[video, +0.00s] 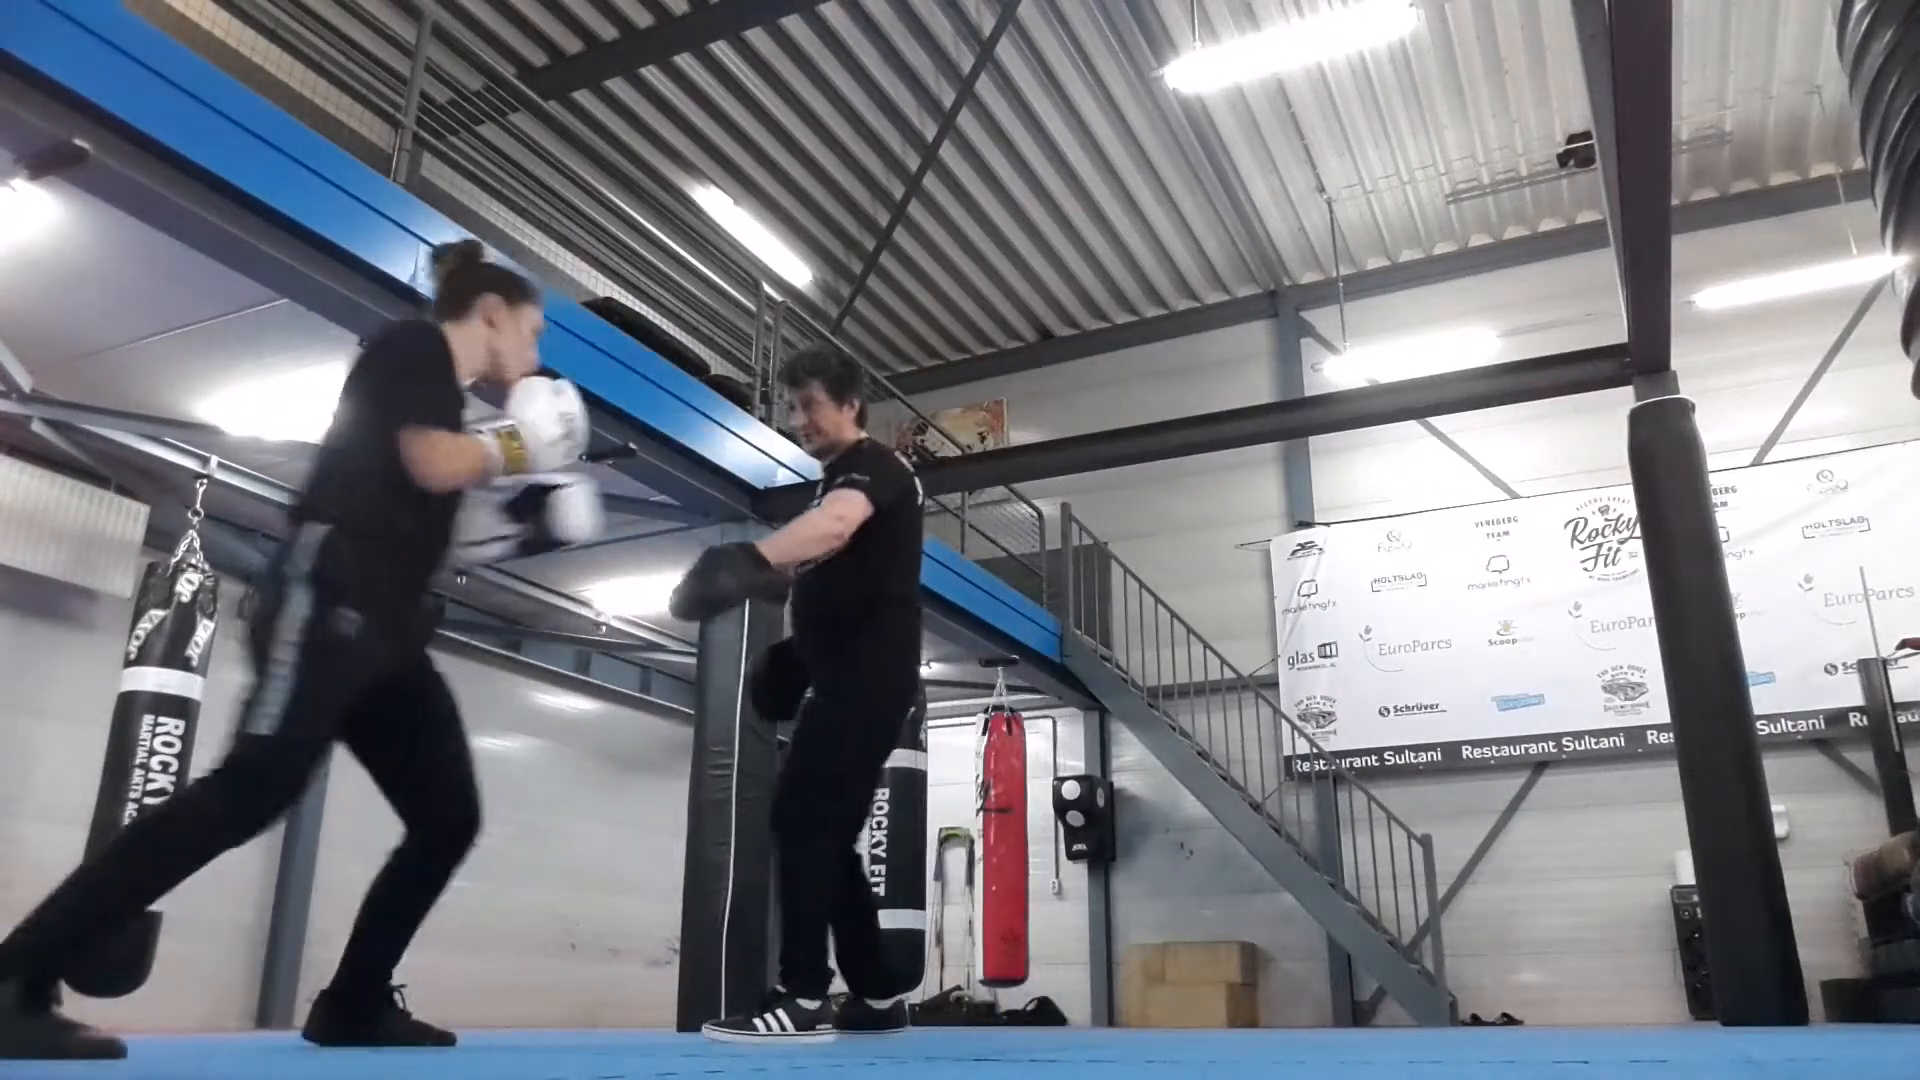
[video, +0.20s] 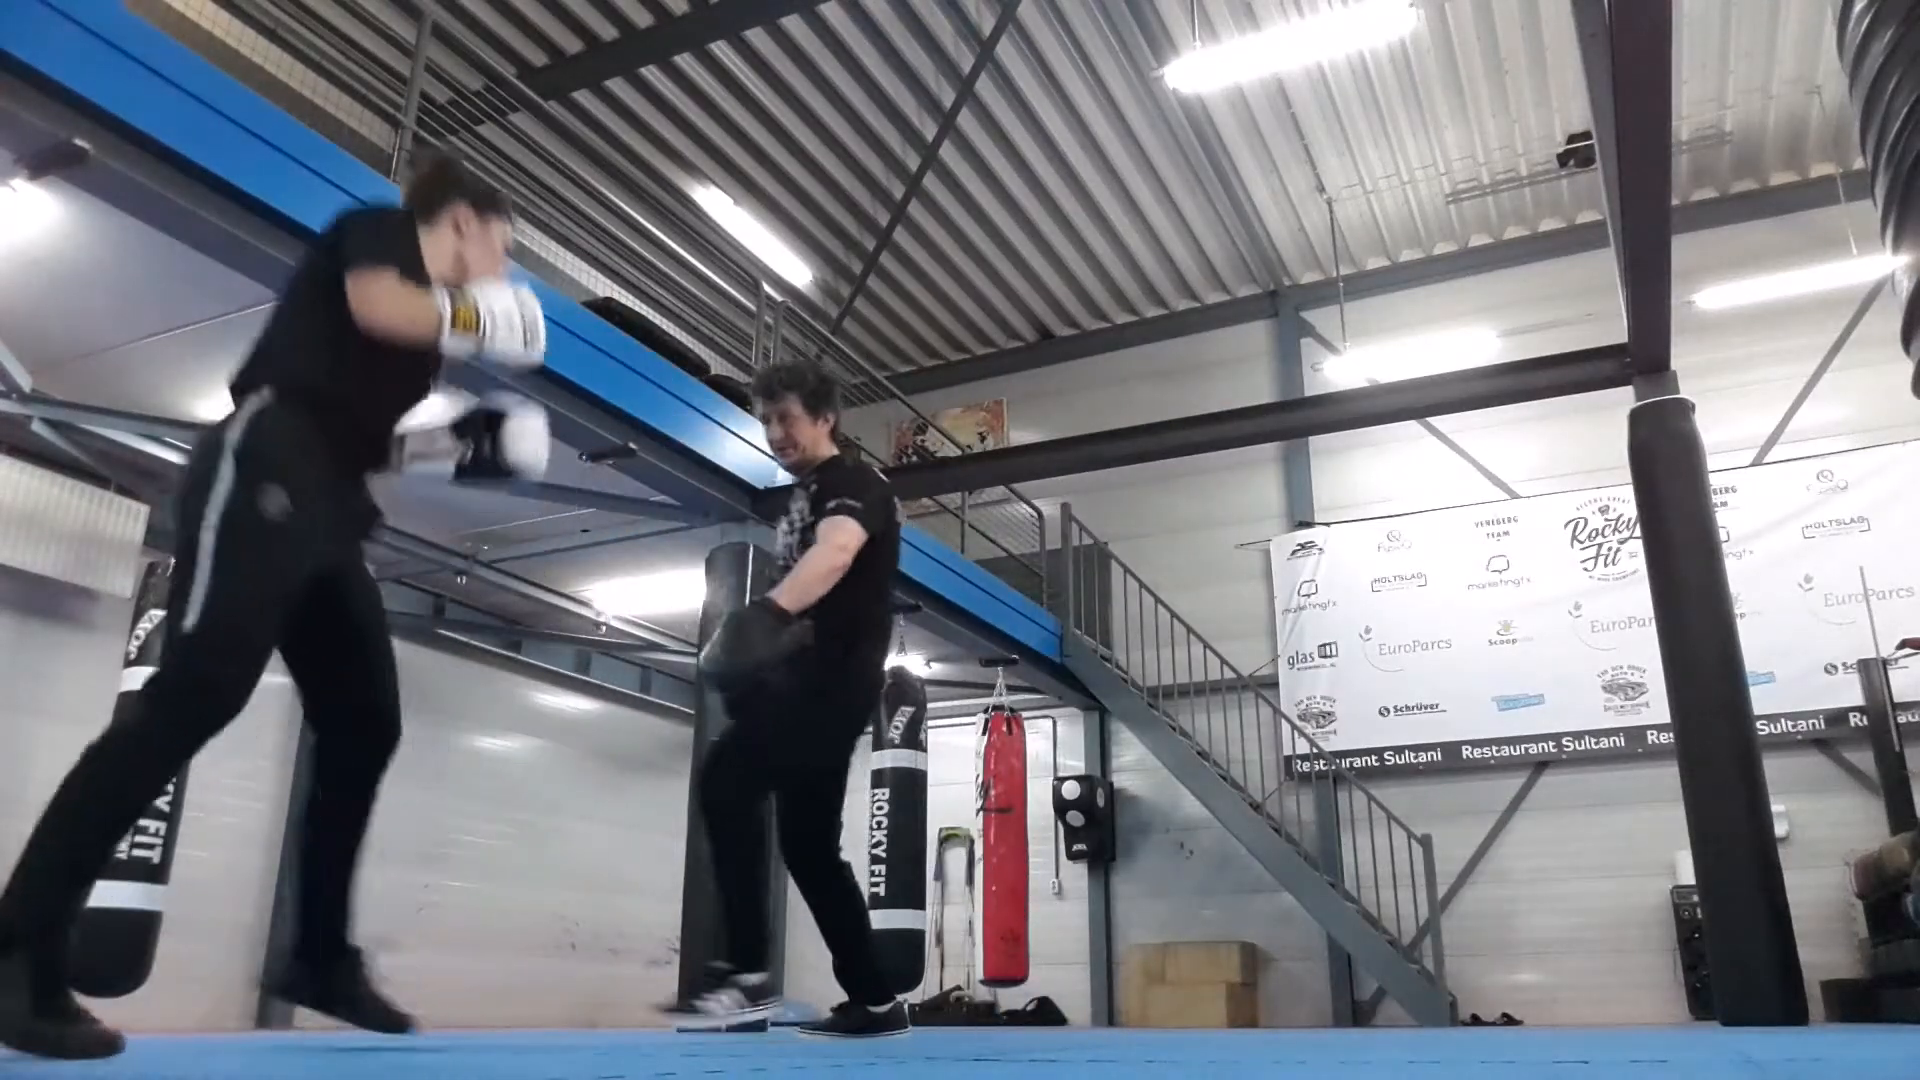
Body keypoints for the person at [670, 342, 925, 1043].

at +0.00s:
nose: (799, 424)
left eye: (809, 408)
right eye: (795, 413)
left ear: (852, 406)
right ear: (813, 415)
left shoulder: (875, 463)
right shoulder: (851, 482)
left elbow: (835, 527)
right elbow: (853, 591)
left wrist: (742, 561)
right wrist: (800, 659)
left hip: (866, 683)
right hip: (856, 684)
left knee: (801, 816)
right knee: (824, 830)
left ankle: (804, 994)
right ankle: (879, 990)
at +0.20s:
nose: (776, 435)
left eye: (786, 420)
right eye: (769, 424)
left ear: (824, 418)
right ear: (767, 429)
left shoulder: (850, 478)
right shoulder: (807, 497)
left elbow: (837, 551)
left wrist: (764, 614)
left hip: (829, 680)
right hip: (818, 683)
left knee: (726, 779)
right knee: (809, 843)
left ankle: (748, 973)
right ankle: (874, 997)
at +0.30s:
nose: (756, 419)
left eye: (767, 404)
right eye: (748, 409)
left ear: (804, 404)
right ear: (745, 415)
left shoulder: (828, 467)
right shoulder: (785, 486)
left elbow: (811, 540)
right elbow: (784, 581)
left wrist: (734, 601)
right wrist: (721, 640)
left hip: (809, 673)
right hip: (798, 674)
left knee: (715, 794)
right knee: (812, 836)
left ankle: (673, 972)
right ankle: (876, 993)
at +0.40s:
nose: (732, 412)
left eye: (745, 397)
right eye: (726, 400)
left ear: (787, 401)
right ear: (726, 406)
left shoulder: (803, 469)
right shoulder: (762, 483)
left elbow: (765, 535)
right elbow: (765, 599)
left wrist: (679, 572)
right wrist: (701, 651)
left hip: (778, 687)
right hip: (766, 687)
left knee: (689, 806)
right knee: (807, 844)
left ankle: (651, 993)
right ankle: (875, 995)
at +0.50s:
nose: (706, 403)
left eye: (720, 389)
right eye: (700, 391)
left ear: (765, 393)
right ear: (702, 395)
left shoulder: (775, 462)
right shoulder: (748, 473)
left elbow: (716, 533)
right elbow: (734, 600)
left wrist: (609, 568)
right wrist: (667, 653)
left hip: (738, 688)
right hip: (741, 688)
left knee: (648, 806)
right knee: (764, 845)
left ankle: (642, 998)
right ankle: (860, 982)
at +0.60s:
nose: (682, 379)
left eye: (696, 364)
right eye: (677, 366)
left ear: (739, 369)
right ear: (679, 371)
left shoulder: (754, 445)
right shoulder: (722, 452)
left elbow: (678, 520)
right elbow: (713, 578)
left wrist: (566, 557)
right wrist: (652, 638)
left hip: (722, 662)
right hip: (702, 661)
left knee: (640, 797)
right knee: (688, 824)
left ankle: (646, 998)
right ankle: (808, 948)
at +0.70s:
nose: (661, 361)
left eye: (676, 345)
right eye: (653, 347)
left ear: (721, 350)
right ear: (652, 349)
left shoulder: (730, 424)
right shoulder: (697, 428)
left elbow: (643, 501)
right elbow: (689, 553)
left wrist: (520, 535)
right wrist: (631, 619)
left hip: (712, 636)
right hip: (685, 636)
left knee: (640, 805)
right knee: (631, 805)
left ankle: (651, 994)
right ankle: (725, 943)